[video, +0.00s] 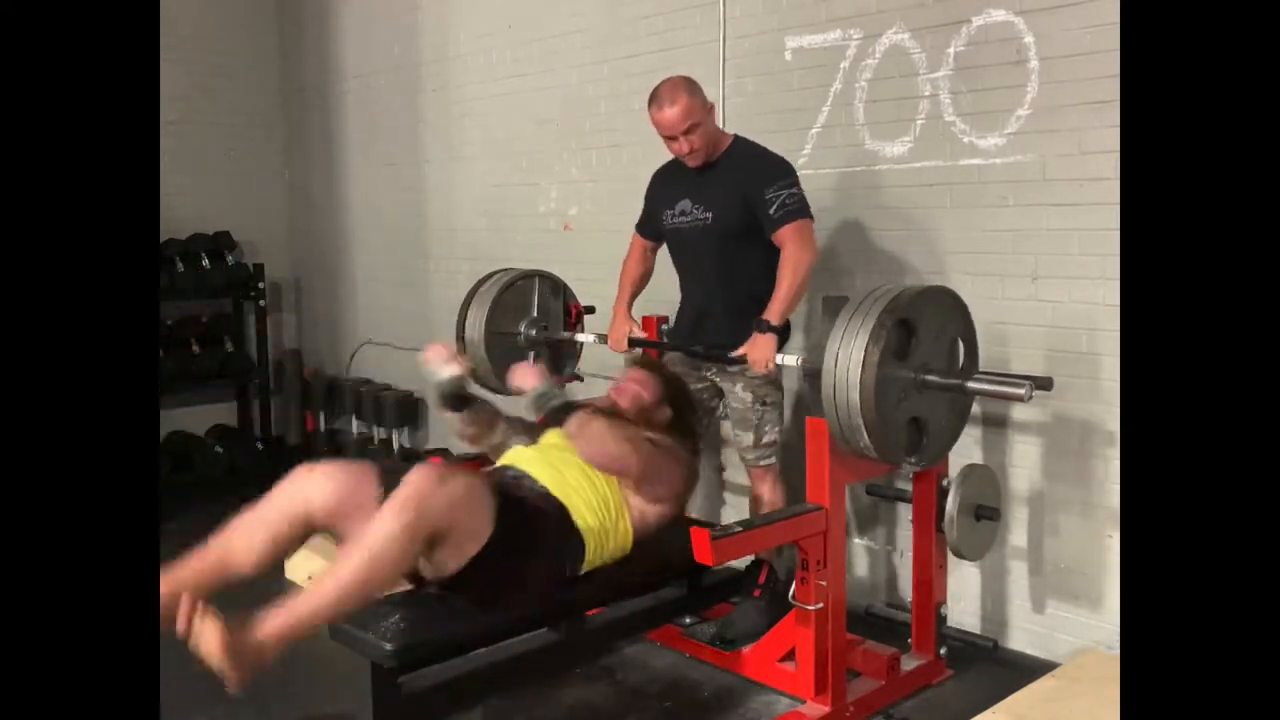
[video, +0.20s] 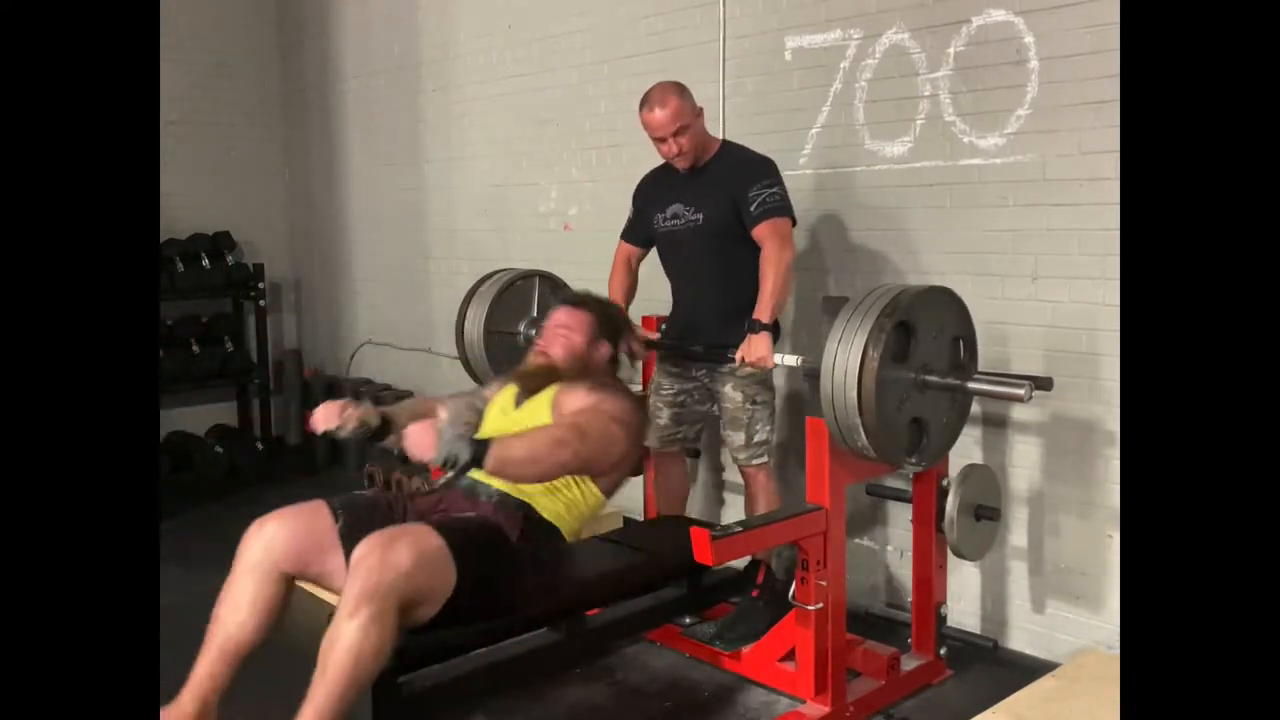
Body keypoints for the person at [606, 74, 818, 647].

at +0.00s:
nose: (682, 147)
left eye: (689, 131)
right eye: (670, 139)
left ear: (712, 113)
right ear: (659, 134)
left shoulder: (765, 171)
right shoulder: (665, 183)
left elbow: (800, 251)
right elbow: (642, 250)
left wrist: (770, 328)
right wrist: (621, 308)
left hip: (749, 356)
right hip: (686, 351)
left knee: (761, 472)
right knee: (688, 468)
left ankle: (773, 591)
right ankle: (693, 578)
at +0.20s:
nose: (672, 148)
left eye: (679, 133)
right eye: (660, 140)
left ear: (700, 115)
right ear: (649, 136)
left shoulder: (751, 171)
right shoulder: (654, 188)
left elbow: (779, 247)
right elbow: (626, 259)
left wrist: (763, 326)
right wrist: (617, 322)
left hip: (743, 349)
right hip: (680, 350)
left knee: (753, 463)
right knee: (664, 451)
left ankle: (768, 581)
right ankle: (666, 567)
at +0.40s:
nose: (669, 148)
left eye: (676, 134)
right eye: (657, 141)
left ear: (697, 121)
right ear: (647, 140)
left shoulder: (743, 177)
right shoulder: (648, 194)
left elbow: (767, 251)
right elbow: (622, 266)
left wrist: (761, 326)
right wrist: (623, 321)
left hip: (732, 356)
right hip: (669, 354)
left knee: (746, 463)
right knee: (650, 450)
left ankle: (764, 579)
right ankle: (663, 562)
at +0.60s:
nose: (673, 146)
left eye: (681, 133)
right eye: (662, 139)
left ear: (702, 123)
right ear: (651, 139)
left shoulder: (744, 180)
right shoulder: (650, 192)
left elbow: (771, 254)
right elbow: (625, 268)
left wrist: (764, 323)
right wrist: (631, 318)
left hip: (730, 358)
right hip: (666, 356)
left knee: (744, 463)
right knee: (646, 452)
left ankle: (766, 582)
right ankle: (664, 563)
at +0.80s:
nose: (677, 139)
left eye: (685, 125)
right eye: (665, 131)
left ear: (705, 113)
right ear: (652, 128)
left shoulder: (752, 172)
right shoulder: (651, 184)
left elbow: (782, 252)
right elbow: (631, 261)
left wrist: (766, 325)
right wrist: (636, 316)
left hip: (733, 355)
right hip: (668, 354)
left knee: (745, 465)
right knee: (655, 456)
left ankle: (761, 587)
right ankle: (661, 576)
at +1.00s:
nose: (683, 138)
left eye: (691, 123)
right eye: (671, 129)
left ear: (712, 108)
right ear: (658, 124)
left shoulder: (761, 169)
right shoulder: (657, 180)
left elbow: (789, 249)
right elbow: (632, 253)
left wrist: (762, 326)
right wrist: (628, 314)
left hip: (735, 355)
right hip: (670, 354)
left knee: (748, 469)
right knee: (661, 460)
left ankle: (760, 588)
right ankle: (663, 577)